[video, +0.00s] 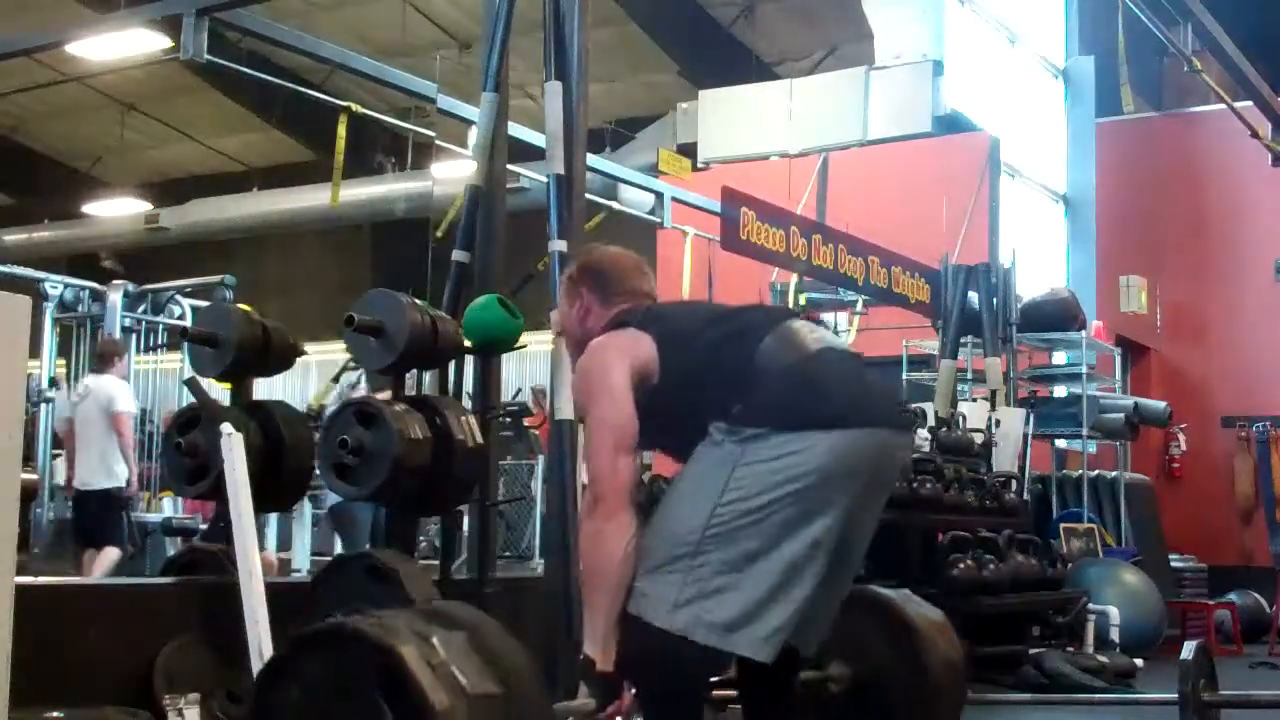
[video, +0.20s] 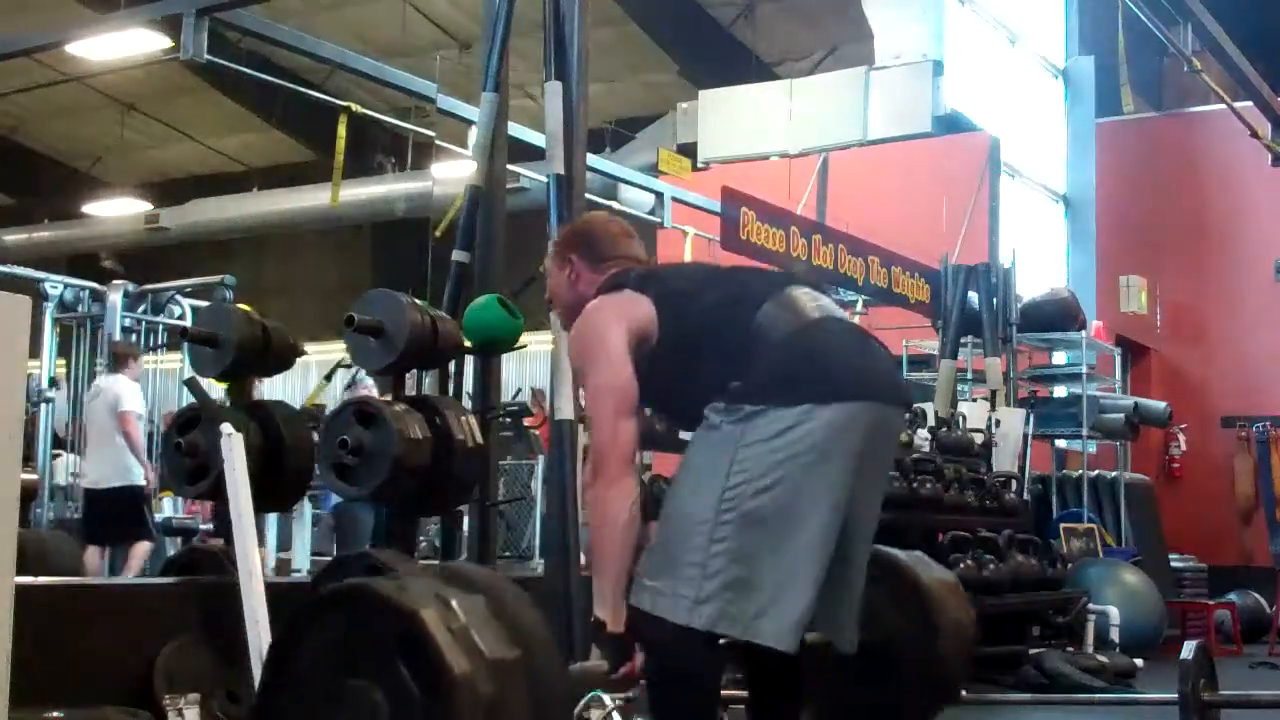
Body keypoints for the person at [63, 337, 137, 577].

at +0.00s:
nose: (127, 365)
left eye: (126, 359)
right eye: (125, 360)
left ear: (100, 360)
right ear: (116, 361)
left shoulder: (81, 387)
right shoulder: (117, 387)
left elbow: (67, 432)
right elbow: (123, 430)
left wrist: (71, 472)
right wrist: (133, 471)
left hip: (83, 482)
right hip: (109, 481)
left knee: (89, 546)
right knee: (116, 544)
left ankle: (87, 593)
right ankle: (90, 588)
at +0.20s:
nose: (141, 368)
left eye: (140, 363)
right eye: (139, 363)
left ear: (116, 362)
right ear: (130, 362)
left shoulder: (95, 388)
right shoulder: (127, 387)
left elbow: (87, 431)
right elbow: (128, 427)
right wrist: (146, 465)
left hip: (94, 480)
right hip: (123, 479)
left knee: (94, 543)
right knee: (144, 537)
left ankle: (93, 597)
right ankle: (125, 584)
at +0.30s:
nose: (148, 372)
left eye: (148, 366)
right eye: (147, 366)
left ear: (125, 365)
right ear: (138, 365)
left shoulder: (104, 388)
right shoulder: (133, 389)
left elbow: (100, 433)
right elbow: (133, 429)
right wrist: (153, 466)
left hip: (100, 481)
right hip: (130, 480)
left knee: (97, 543)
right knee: (153, 541)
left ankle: (93, 602)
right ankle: (147, 598)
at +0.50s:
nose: (176, 377)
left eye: (176, 372)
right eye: (175, 372)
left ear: (151, 371)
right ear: (165, 371)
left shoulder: (135, 392)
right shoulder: (157, 395)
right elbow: (156, 438)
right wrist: (171, 477)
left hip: (122, 484)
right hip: (146, 485)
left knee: (111, 544)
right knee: (166, 550)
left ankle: (91, 594)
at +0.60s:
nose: (189, 378)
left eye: (189, 373)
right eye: (188, 373)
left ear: (165, 371)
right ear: (180, 373)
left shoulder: (146, 393)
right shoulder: (171, 394)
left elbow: (136, 432)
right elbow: (165, 423)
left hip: (137, 483)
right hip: (161, 484)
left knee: (126, 544)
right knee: (179, 548)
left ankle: (99, 591)